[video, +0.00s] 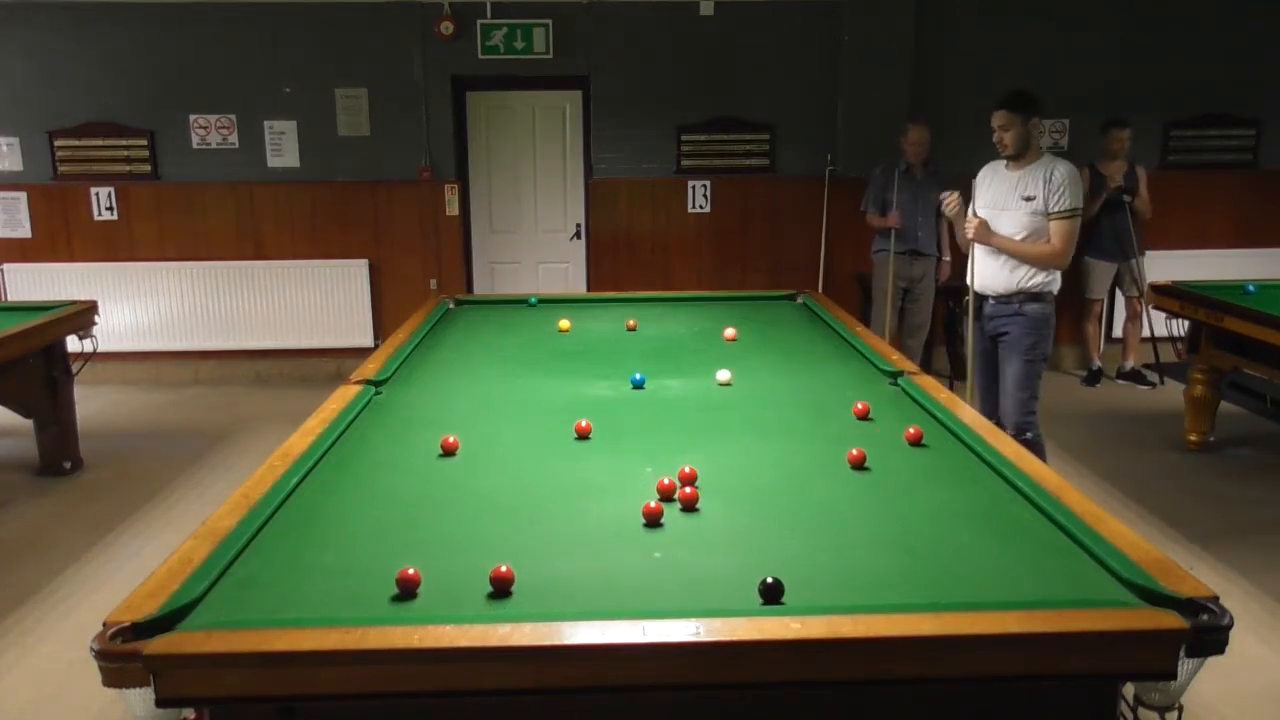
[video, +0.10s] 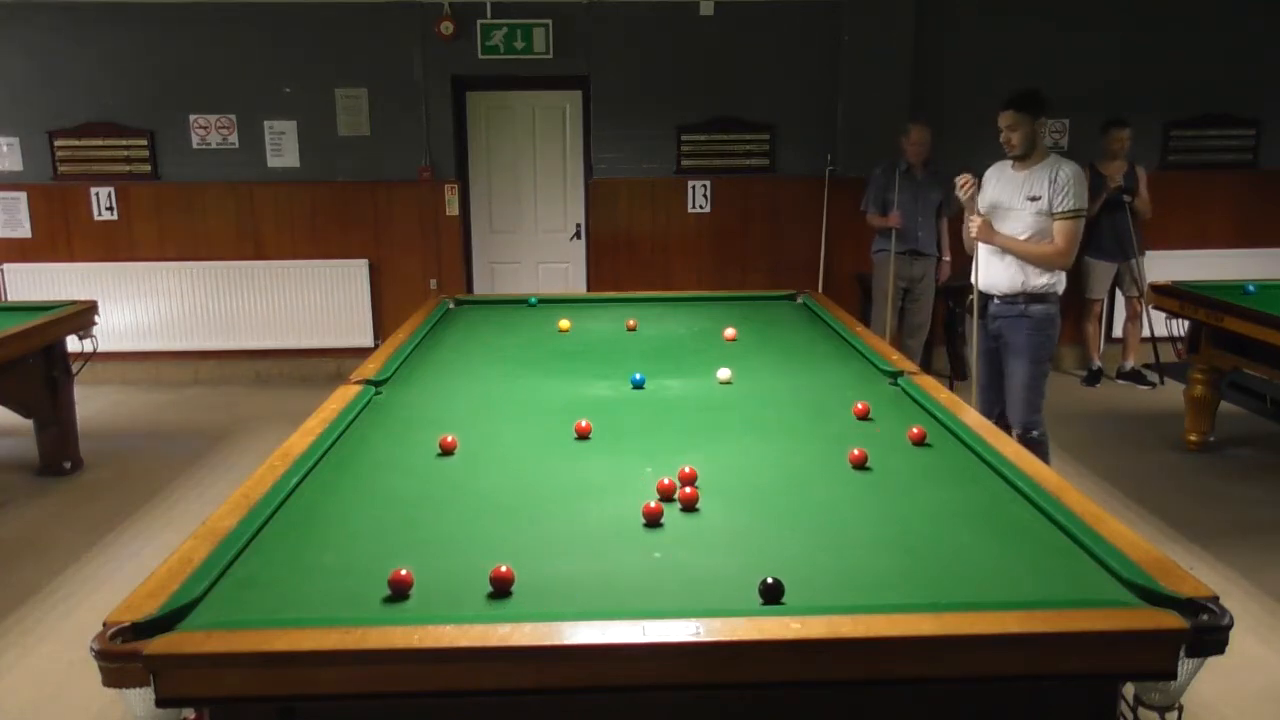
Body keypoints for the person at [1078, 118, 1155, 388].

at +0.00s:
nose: (1123, 146)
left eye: (1126, 141)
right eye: (1117, 140)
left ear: (1130, 142)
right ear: (1105, 141)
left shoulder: (1136, 172)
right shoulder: (1089, 173)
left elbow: (1146, 212)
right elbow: (1083, 214)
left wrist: (1131, 196)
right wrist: (1104, 193)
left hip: (1130, 249)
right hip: (1099, 250)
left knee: (1135, 309)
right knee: (1094, 309)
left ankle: (1128, 366)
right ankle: (1094, 364)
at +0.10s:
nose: (1123, 145)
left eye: (1126, 140)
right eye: (1117, 140)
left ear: (1130, 142)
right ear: (1105, 141)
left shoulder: (1136, 171)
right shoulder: (1091, 172)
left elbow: (1146, 211)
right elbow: (1085, 213)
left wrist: (1132, 194)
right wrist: (1105, 192)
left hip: (1130, 249)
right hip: (1099, 250)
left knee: (1135, 309)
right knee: (1094, 308)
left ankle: (1127, 366)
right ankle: (1094, 364)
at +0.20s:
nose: (1123, 145)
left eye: (1126, 140)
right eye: (1117, 140)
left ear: (1130, 142)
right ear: (1105, 141)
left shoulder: (1136, 171)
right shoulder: (1091, 171)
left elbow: (1146, 211)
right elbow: (1085, 212)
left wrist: (1131, 194)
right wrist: (1105, 192)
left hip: (1131, 250)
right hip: (1099, 250)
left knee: (1135, 309)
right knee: (1094, 309)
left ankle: (1127, 366)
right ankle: (1094, 364)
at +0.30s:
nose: (1123, 145)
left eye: (1126, 140)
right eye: (1117, 140)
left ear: (1130, 142)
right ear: (1105, 141)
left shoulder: (1136, 171)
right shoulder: (1093, 173)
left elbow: (1146, 211)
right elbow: (1085, 209)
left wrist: (1131, 195)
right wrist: (1105, 192)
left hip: (1131, 249)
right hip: (1100, 250)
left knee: (1135, 309)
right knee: (1094, 308)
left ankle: (1127, 366)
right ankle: (1094, 364)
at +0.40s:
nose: (1122, 145)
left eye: (1126, 140)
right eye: (1117, 140)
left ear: (1130, 142)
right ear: (1105, 141)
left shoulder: (1136, 171)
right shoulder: (1093, 172)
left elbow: (1146, 211)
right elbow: (1086, 208)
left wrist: (1131, 194)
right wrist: (1105, 191)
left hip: (1131, 249)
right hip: (1100, 249)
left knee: (1135, 309)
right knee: (1093, 308)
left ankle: (1127, 366)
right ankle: (1094, 364)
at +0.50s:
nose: (1122, 145)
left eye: (1126, 140)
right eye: (1117, 139)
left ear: (1130, 142)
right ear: (1105, 141)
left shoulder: (1136, 171)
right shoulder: (1093, 172)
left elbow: (1146, 211)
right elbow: (1085, 207)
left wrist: (1131, 194)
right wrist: (1105, 191)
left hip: (1131, 249)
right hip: (1100, 249)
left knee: (1135, 309)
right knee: (1093, 309)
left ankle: (1127, 366)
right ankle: (1094, 364)